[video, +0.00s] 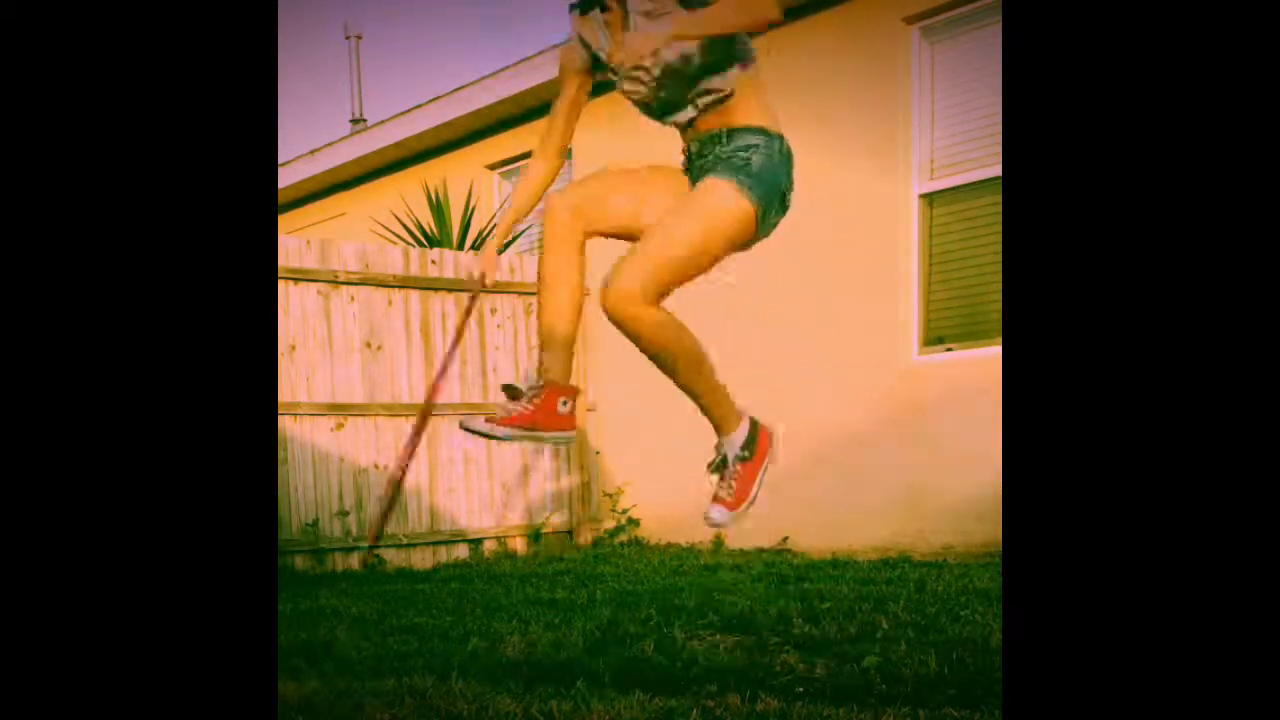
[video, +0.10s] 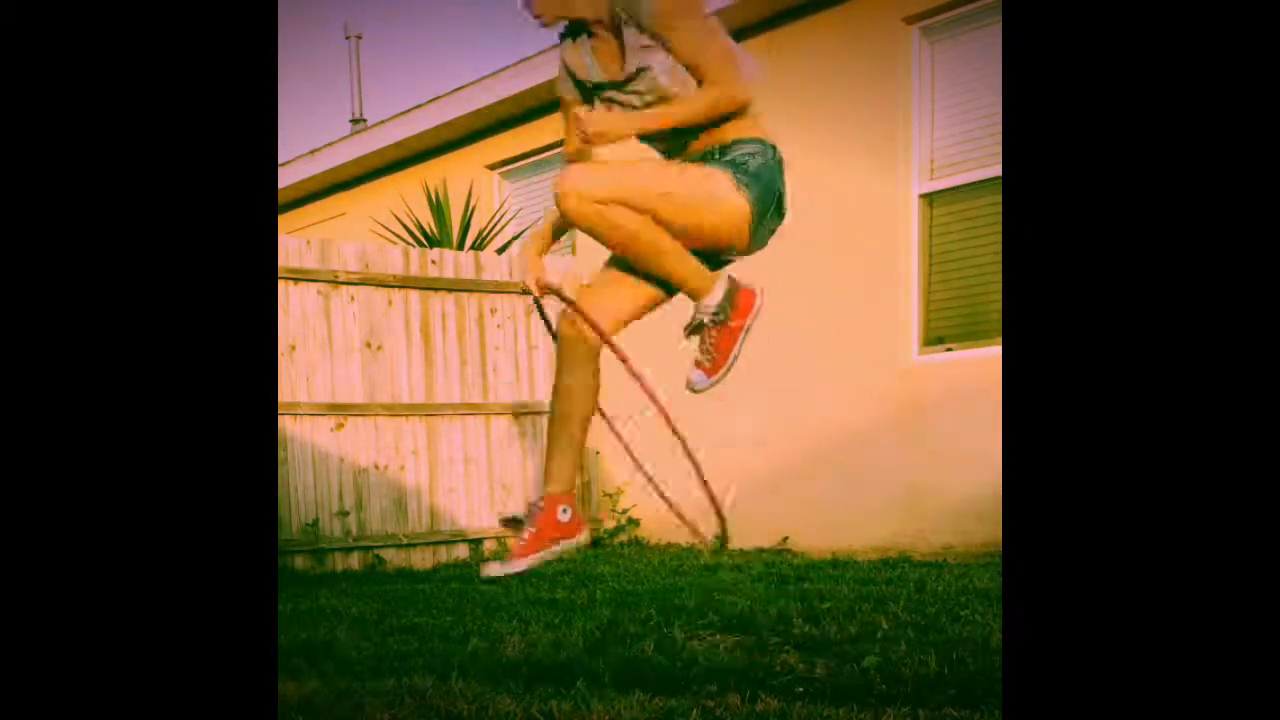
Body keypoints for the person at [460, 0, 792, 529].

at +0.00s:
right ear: (583, 4)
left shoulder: (673, 4)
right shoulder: (584, 45)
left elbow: (770, 12)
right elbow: (549, 153)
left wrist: (664, 29)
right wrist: (493, 244)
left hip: (751, 163)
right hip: (699, 171)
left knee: (626, 295)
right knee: (564, 208)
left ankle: (740, 437)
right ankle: (553, 397)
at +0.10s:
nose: (530, 11)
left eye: (533, 1)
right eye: (528, 6)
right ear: (552, 10)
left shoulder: (655, 9)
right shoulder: (573, 64)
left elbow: (733, 92)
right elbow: (584, 171)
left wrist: (627, 124)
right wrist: (537, 244)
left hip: (740, 180)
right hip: (684, 209)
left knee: (576, 188)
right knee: (579, 326)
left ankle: (717, 299)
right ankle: (557, 514)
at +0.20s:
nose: (502, 55)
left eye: (507, 32)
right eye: (499, 39)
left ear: (554, 17)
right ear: (543, 23)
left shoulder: (632, 45)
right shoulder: (557, 112)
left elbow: (715, 157)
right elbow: (599, 199)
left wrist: (613, 166)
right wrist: (538, 233)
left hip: (724, 242)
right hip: (675, 277)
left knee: (570, 226)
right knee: (608, 435)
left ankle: (664, 360)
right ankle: (626, 610)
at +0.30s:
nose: (484, 141)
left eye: (488, 119)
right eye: (481, 128)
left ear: (532, 102)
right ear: (521, 111)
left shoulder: (609, 129)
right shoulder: (547, 190)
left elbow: (704, 230)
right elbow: (569, 302)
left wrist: (590, 242)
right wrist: (490, 251)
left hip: (723, 294)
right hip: (685, 329)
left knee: (563, 346)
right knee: (586, 462)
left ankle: (660, 497)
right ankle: (650, 627)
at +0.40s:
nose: (473, 191)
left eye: (475, 171)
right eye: (469, 178)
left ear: (518, 154)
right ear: (511, 162)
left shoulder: (599, 176)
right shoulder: (531, 233)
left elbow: (708, 255)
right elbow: (497, 328)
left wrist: (604, 294)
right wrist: (446, 270)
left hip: (718, 326)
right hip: (674, 346)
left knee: (588, 434)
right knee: (565, 473)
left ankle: (722, 551)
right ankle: (647, 626)